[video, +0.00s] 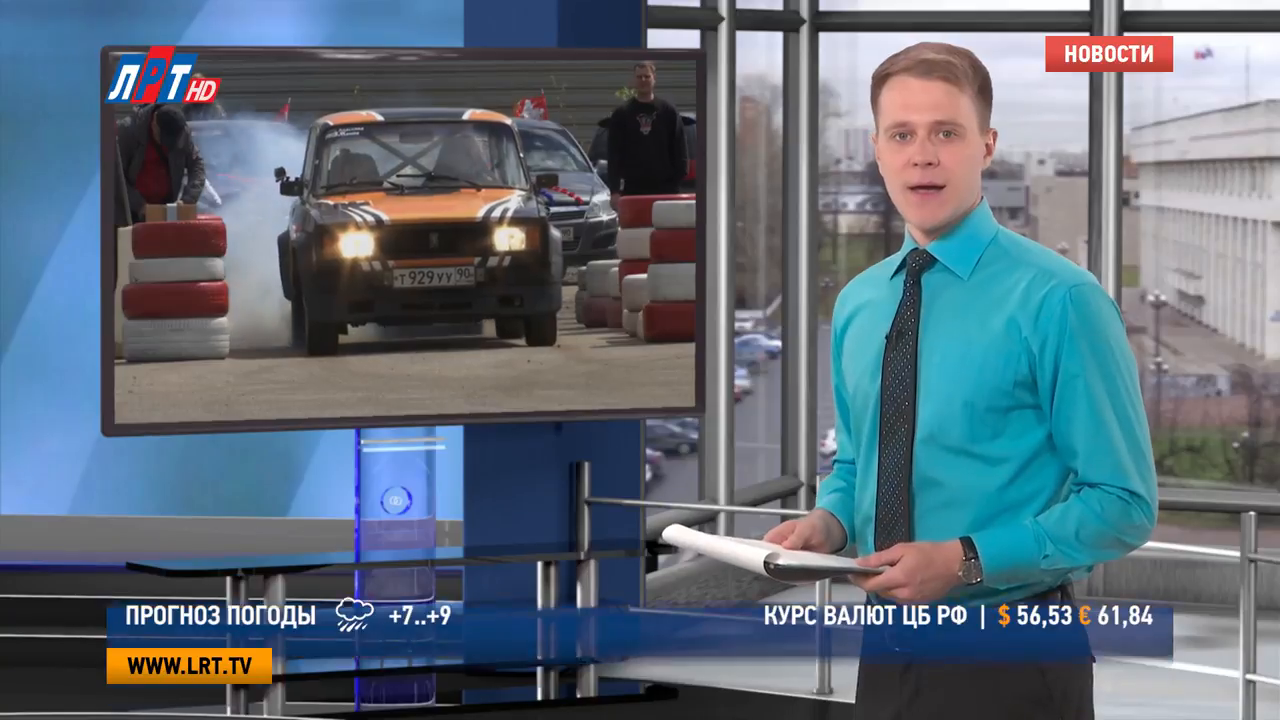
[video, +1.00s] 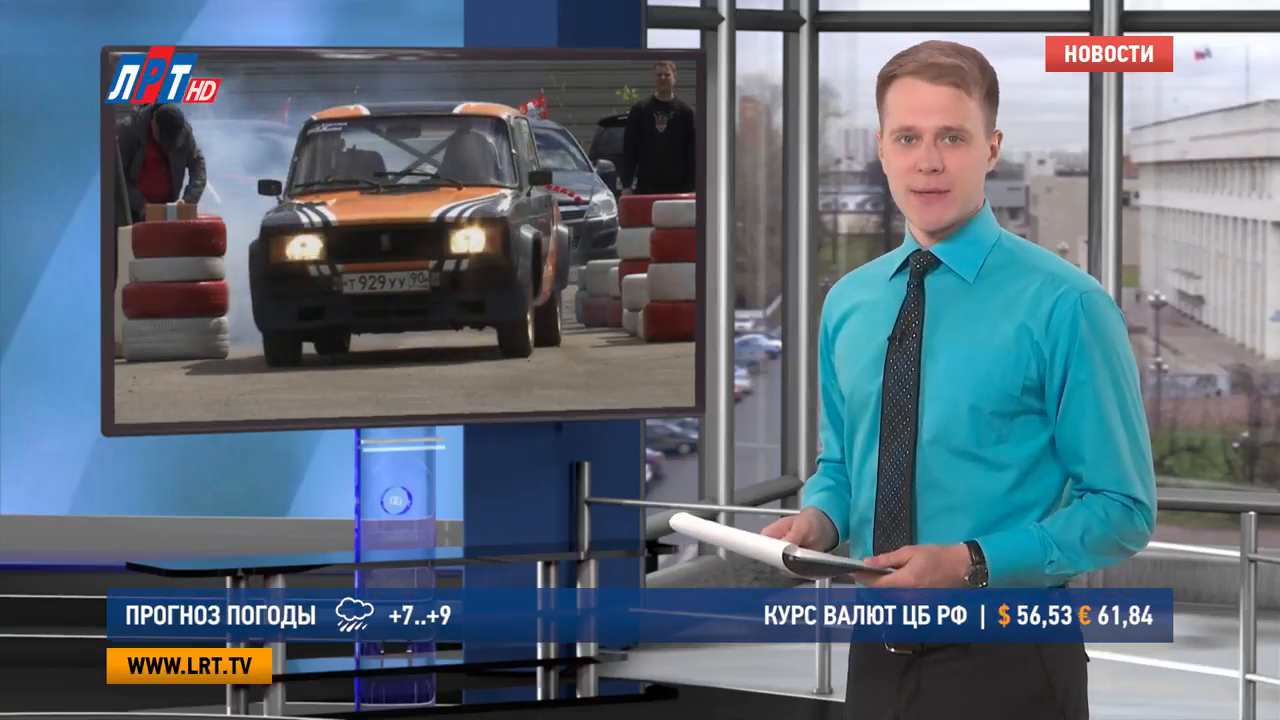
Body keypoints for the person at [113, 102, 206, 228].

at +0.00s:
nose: (163, 142)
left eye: (168, 139)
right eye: (161, 137)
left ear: (179, 130)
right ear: (154, 124)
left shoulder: (181, 132)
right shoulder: (127, 129)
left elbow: (197, 166)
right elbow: (115, 175)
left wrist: (186, 202)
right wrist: (140, 207)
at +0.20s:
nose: (163, 142)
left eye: (168, 139)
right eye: (161, 137)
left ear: (179, 130)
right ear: (154, 123)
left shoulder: (182, 132)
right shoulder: (127, 129)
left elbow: (197, 166)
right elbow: (115, 175)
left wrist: (187, 202)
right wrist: (140, 206)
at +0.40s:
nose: (163, 142)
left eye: (168, 139)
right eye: (161, 137)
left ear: (179, 129)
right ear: (153, 124)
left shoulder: (181, 132)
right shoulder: (127, 129)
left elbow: (197, 166)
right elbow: (116, 174)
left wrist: (187, 202)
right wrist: (139, 206)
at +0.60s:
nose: (163, 143)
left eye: (168, 140)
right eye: (161, 137)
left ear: (179, 130)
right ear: (153, 124)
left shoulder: (182, 132)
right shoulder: (127, 130)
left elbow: (196, 165)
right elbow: (115, 173)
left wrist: (188, 202)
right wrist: (139, 206)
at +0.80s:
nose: (163, 143)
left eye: (168, 139)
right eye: (161, 137)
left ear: (179, 129)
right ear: (153, 124)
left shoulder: (182, 132)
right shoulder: (127, 130)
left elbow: (197, 165)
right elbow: (115, 173)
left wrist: (188, 202)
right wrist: (139, 206)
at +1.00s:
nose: (163, 142)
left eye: (168, 139)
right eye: (161, 136)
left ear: (180, 129)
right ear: (154, 124)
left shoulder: (183, 131)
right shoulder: (127, 129)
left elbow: (198, 164)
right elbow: (115, 173)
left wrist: (188, 201)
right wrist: (140, 205)